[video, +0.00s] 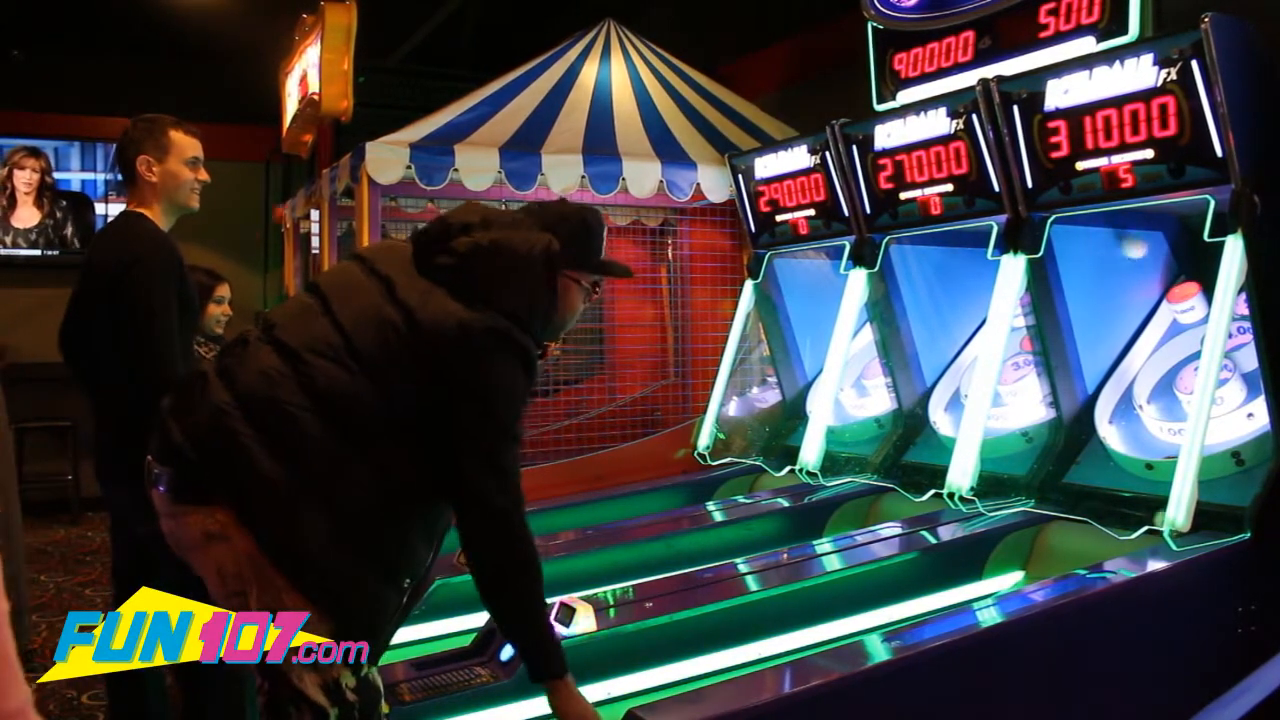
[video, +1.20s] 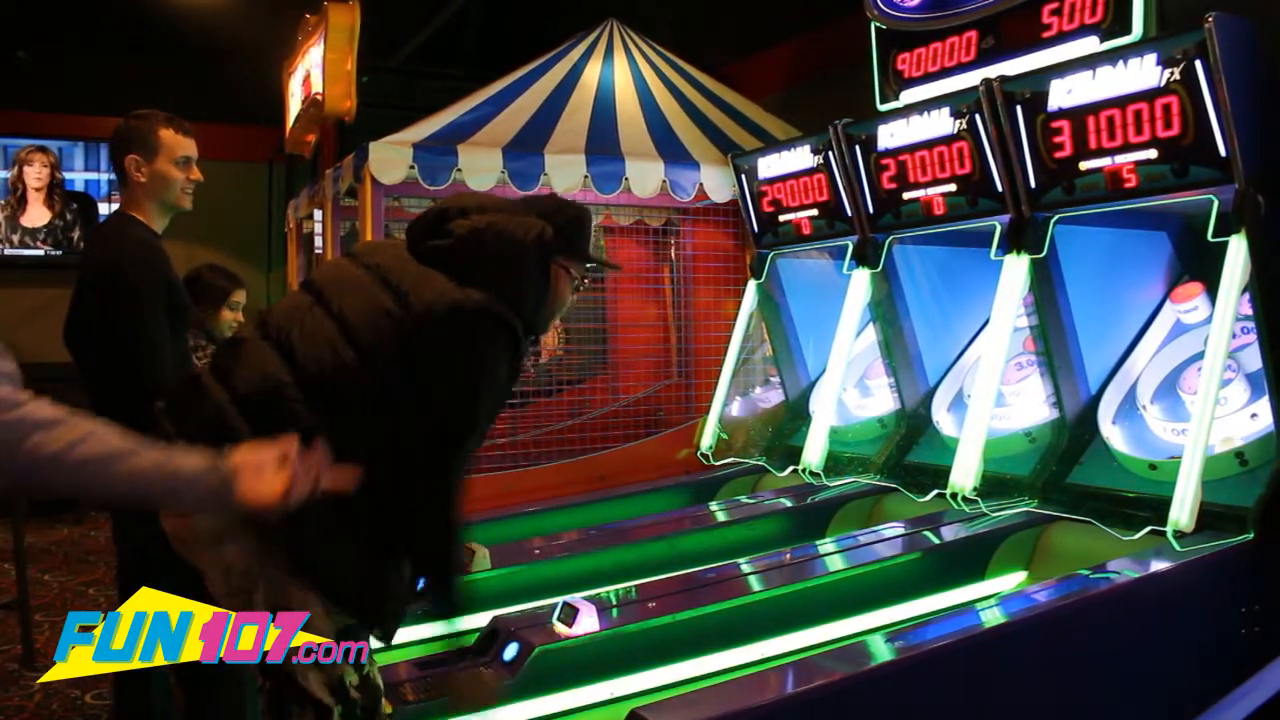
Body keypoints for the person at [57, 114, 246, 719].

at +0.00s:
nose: (204, 176)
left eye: (203, 164)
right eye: (193, 163)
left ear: (147, 171)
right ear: (149, 168)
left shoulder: (113, 241)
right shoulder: (151, 250)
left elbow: (74, 341)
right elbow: (166, 367)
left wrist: (119, 408)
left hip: (120, 449)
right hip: (151, 456)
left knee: (137, 594)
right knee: (171, 596)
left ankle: (135, 705)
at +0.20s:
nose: (202, 176)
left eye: (201, 163)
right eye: (191, 163)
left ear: (145, 171)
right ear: (146, 168)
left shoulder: (115, 240)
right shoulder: (147, 250)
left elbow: (75, 337)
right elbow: (168, 367)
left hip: (123, 451)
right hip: (150, 458)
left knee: (139, 592)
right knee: (172, 596)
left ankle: (135, 705)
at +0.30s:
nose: (201, 176)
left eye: (199, 163)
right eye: (189, 163)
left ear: (145, 172)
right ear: (144, 169)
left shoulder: (117, 241)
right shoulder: (144, 251)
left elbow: (76, 337)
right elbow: (168, 371)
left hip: (124, 451)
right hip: (150, 460)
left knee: (140, 592)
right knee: (171, 596)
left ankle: (137, 705)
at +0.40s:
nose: (199, 175)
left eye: (198, 163)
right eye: (188, 163)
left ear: (143, 172)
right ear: (142, 169)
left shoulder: (117, 242)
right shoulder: (140, 251)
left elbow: (77, 336)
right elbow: (169, 373)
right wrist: (235, 325)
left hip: (126, 452)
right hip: (150, 461)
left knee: (141, 594)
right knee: (171, 597)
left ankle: (138, 706)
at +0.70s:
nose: (196, 176)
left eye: (195, 163)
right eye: (183, 164)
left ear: (141, 172)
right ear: (137, 169)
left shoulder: (118, 241)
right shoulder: (137, 252)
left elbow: (79, 336)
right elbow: (163, 371)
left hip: (126, 451)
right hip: (145, 460)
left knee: (143, 591)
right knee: (166, 595)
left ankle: (139, 703)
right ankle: (156, 704)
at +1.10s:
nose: (196, 175)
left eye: (196, 163)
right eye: (184, 163)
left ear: (141, 171)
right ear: (138, 169)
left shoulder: (110, 240)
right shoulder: (138, 250)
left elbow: (77, 336)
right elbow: (163, 374)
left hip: (119, 444)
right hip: (146, 454)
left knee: (136, 593)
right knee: (148, 601)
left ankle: (135, 700)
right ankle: (145, 704)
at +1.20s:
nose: (195, 177)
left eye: (195, 165)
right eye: (183, 164)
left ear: (141, 173)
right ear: (137, 169)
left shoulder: (119, 242)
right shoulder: (133, 251)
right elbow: (161, 381)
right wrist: (222, 462)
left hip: (137, 454)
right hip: (147, 458)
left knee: (151, 601)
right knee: (168, 605)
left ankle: (146, 706)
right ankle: (165, 707)